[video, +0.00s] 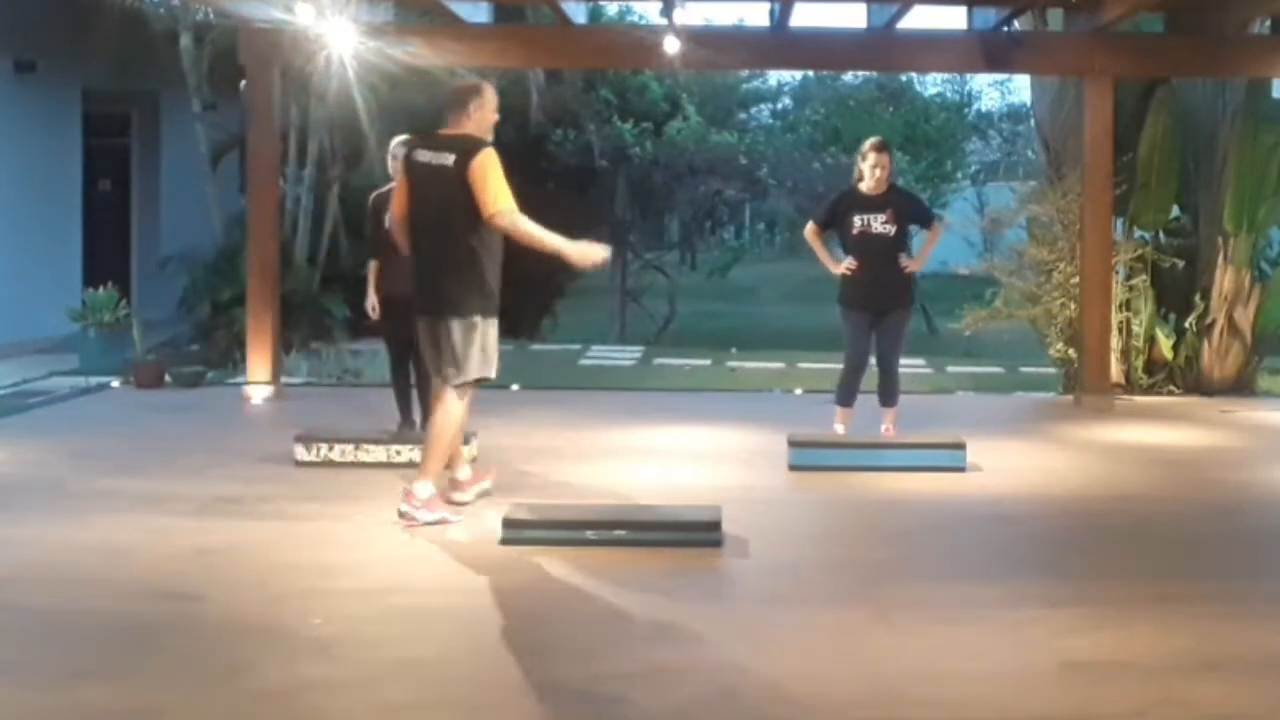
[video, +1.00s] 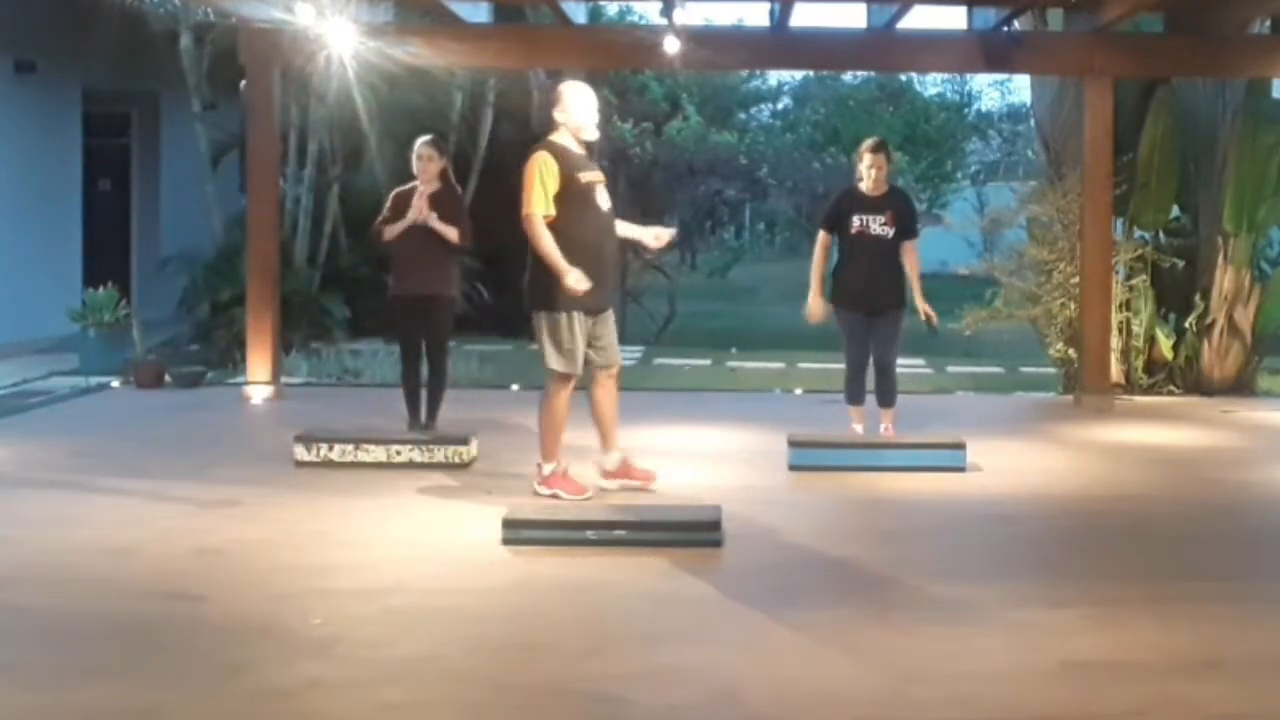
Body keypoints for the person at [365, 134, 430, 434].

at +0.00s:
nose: (398, 164)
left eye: (404, 157)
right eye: (395, 157)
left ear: (414, 160)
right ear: (388, 161)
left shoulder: (429, 196)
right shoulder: (380, 199)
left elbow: (437, 245)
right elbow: (375, 249)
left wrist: (438, 285)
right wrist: (372, 289)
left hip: (423, 290)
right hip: (393, 292)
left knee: (424, 359)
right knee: (399, 359)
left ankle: (429, 418)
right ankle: (405, 418)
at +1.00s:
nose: (423, 164)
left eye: (429, 158)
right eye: (418, 157)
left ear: (442, 163)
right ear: (412, 161)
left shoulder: (452, 196)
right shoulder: (400, 195)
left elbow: (463, 238)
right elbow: (380, 235)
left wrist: (432, 221)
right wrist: (408, 219)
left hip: (439, 291)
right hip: (406, 291)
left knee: (437, 356)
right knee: (410, 357)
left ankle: (431, 419)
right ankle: (414, 418)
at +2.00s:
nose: (414, 171)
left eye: (420, 166)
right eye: (410, 165)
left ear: (433, 168)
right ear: (403, 167)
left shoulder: (446, 204)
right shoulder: (391, 204)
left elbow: (455, 254)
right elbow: (384, 254)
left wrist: (459, 293)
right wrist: (377, 294)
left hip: (437, 297)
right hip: (403, 297)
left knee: (437, 361)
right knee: (410, 362)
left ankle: (431, 418)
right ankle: (414, 419)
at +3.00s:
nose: (422, 164)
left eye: (428, 159)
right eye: (417, 158)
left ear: (439, 163)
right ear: (409, 163)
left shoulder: (453, 200)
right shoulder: (398, 200)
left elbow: (461, 245)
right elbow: (390, 250)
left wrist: (464, 280)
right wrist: (380, 286)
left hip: (441, 294)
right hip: (407, 294)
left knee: (437, 361)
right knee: (411, 360)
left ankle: (432, 421)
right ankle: (414, 419)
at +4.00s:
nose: (417, 162)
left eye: (424, 157)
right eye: (413, 156)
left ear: (437, 163)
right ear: (407, 162)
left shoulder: (448, 201)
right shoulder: (398, 199)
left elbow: (454, 250)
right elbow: (392, 248)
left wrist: (454, 291)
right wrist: (383, 286)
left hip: (436, 293)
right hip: (402, 292)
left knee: (439, 359)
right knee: (400, 355)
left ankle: (435, 417)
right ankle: (409, 411)